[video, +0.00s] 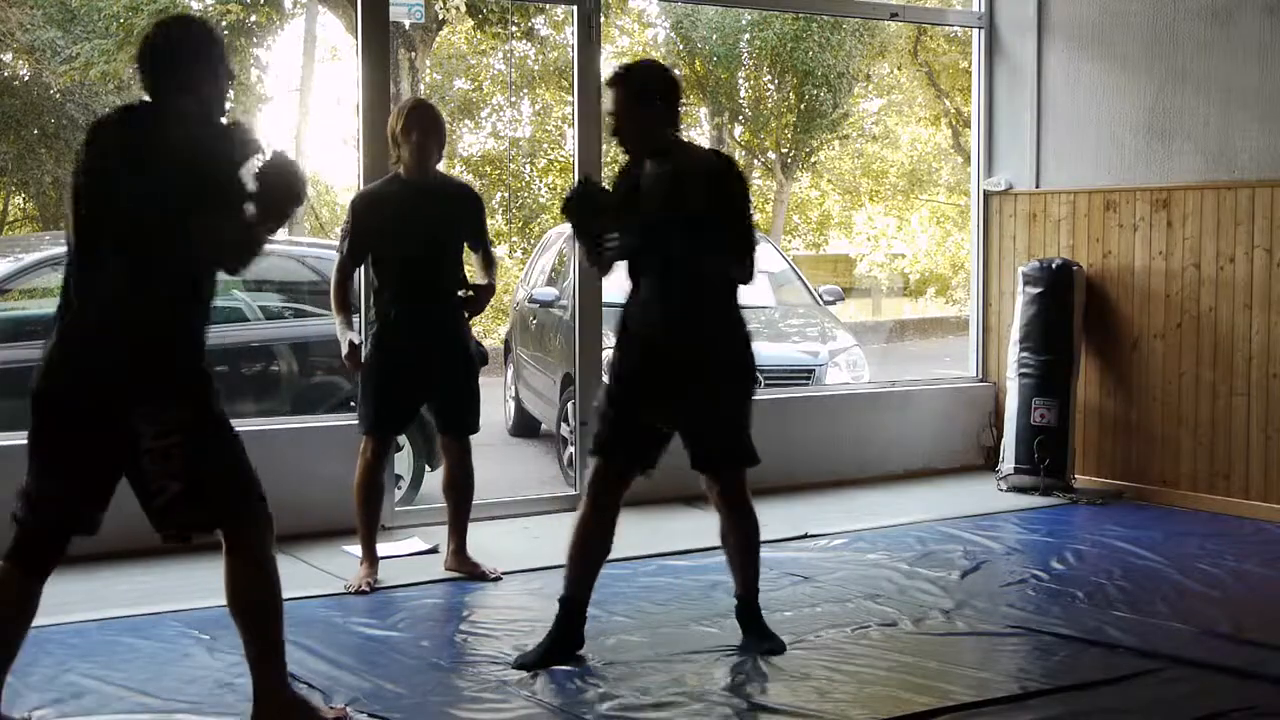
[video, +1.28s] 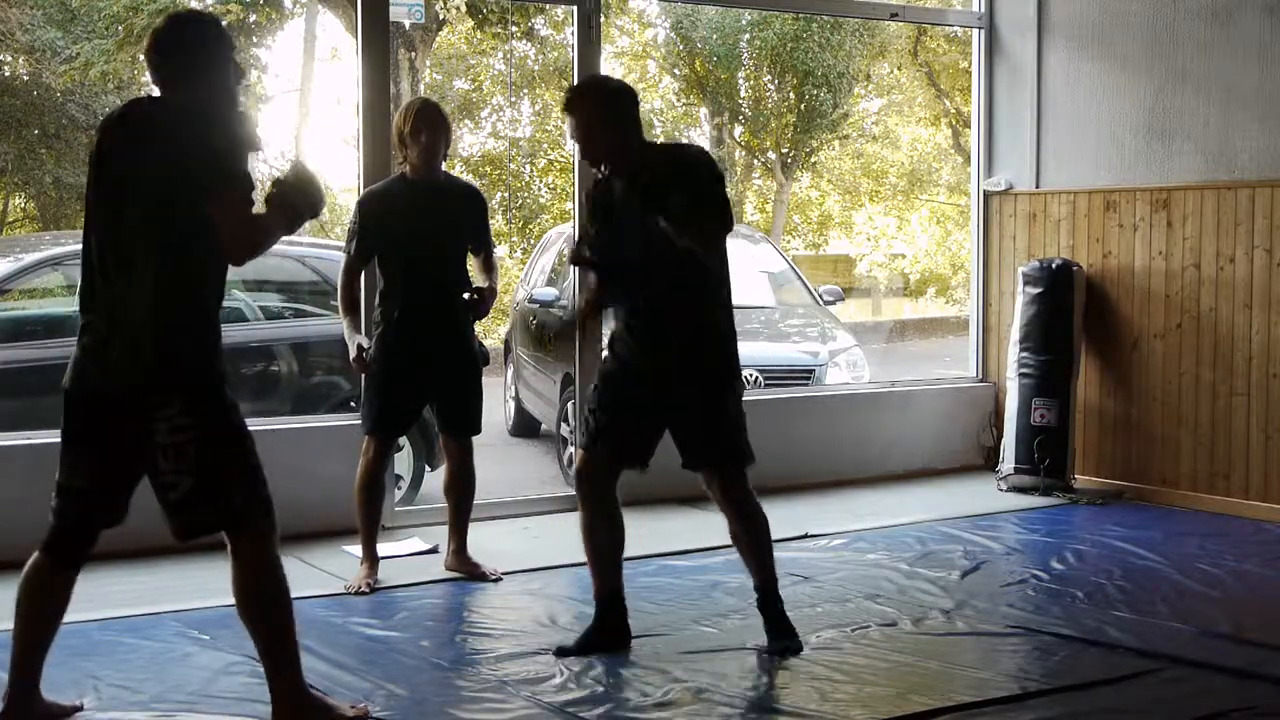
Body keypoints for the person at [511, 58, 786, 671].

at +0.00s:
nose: (612, 126)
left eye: (620, 113)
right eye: (611, 114)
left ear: (657, 110)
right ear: (646, 114)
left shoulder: (718, 172)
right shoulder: (631, 182)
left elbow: (742, 265)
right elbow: (602, 266)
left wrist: (659, 240)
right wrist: (588, 229)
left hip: (713, 353)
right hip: (645, 355)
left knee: (730, 490)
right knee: (603, 488)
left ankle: (751, 617)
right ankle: (567, 629)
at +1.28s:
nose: (578, 146)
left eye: (583, 132)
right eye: (575, 134)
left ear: (617, 122)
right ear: (602, 126)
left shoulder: (690, 165)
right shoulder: (600, 193)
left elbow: (711, 249)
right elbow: (599, 288)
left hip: (701, 353)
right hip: (633, 356)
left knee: (729, 483)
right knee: (592, 474)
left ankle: (773, 610)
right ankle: (610, 620)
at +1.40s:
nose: (586, 156)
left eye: (591, 142)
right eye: (582, 145)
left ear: (626, 130)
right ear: (601, 137)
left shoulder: (701, 171)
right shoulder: (608, 208)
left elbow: (720, 252)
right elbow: (621, 301)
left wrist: (653, 205)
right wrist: (611, 381)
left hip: (713, 363)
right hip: (644, 369)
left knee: (732, 490)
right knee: (587, 472)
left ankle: (769, 615)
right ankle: (609, 620)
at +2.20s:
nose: (621, 156)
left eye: (626, 142)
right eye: (618, 143)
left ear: (662, 133)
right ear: (650, 137)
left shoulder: (737, 170)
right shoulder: (643, 209)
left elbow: (770, 254)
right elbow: (672, 293)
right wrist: (673, 358)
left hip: (765, 352)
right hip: (700, 355)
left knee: (769, 488)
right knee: (652, 477)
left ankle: (775, 613)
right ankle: (614, 612)